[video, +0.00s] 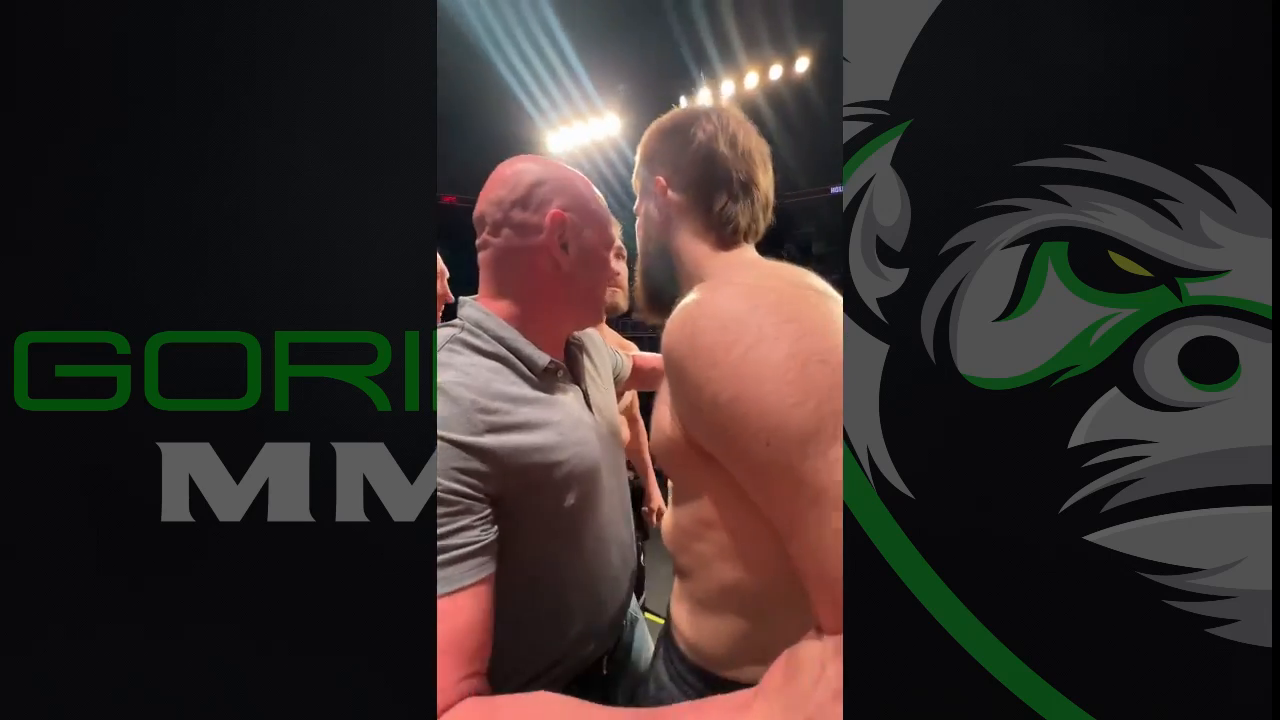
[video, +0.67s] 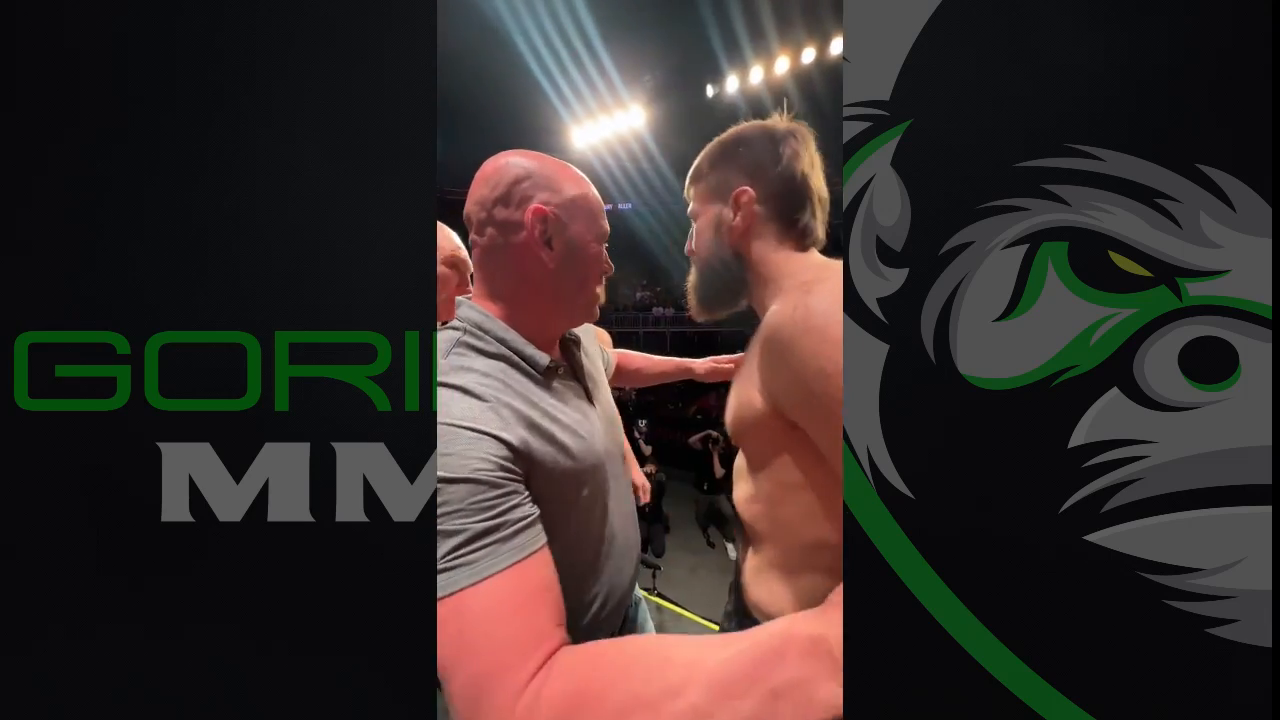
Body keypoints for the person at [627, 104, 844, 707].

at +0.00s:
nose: (635, 214)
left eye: (636, 195)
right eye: (634, 195)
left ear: (662, 198)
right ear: (745, 196)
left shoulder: (709, 322)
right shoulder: (812, 291)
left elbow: (831, 539)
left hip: (716, 685)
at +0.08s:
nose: (632, 206)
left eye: (632, 186)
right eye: (629, 188)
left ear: (652, 187)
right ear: (753, 185)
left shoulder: (689, 318)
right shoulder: (815, 288)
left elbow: (808, 530)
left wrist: (829, 687)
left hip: (704, 685)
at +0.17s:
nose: (630, 196)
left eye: (629, 178)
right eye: (627, 180)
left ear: (648, 182)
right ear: (758, 180)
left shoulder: (672, 318)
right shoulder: (818, 286)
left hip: (701, 683)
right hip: (808, 684)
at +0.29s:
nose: (634, 192)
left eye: (634, 173)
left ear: (652, 177)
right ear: (764, 173)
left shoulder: (664, 318)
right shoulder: (828, 283)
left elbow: (666, 466)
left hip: (711, 676)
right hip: (836, 669)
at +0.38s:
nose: (644, 193)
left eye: (643, 174)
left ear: (661, 182)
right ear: (775, 173)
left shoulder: (678, 324)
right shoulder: (836, 280)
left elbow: (684, 469)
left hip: (724, 671)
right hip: (841, 658)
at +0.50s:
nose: (665, 223)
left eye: (667, 201)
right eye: (663, 204)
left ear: (698, 196)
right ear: (780, 189)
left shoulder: (759, 328)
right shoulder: (833, 280)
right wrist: (683, 364)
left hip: (758, 672)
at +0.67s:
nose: (609, 265)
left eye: (606, 244)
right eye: (600, 243)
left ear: (543, 232)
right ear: (542, 231)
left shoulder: (570, 340)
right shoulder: (455, 432)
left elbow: (616, 363)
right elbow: (519, 695)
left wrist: (697, 368)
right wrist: (825, 647)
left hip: (625, 611)